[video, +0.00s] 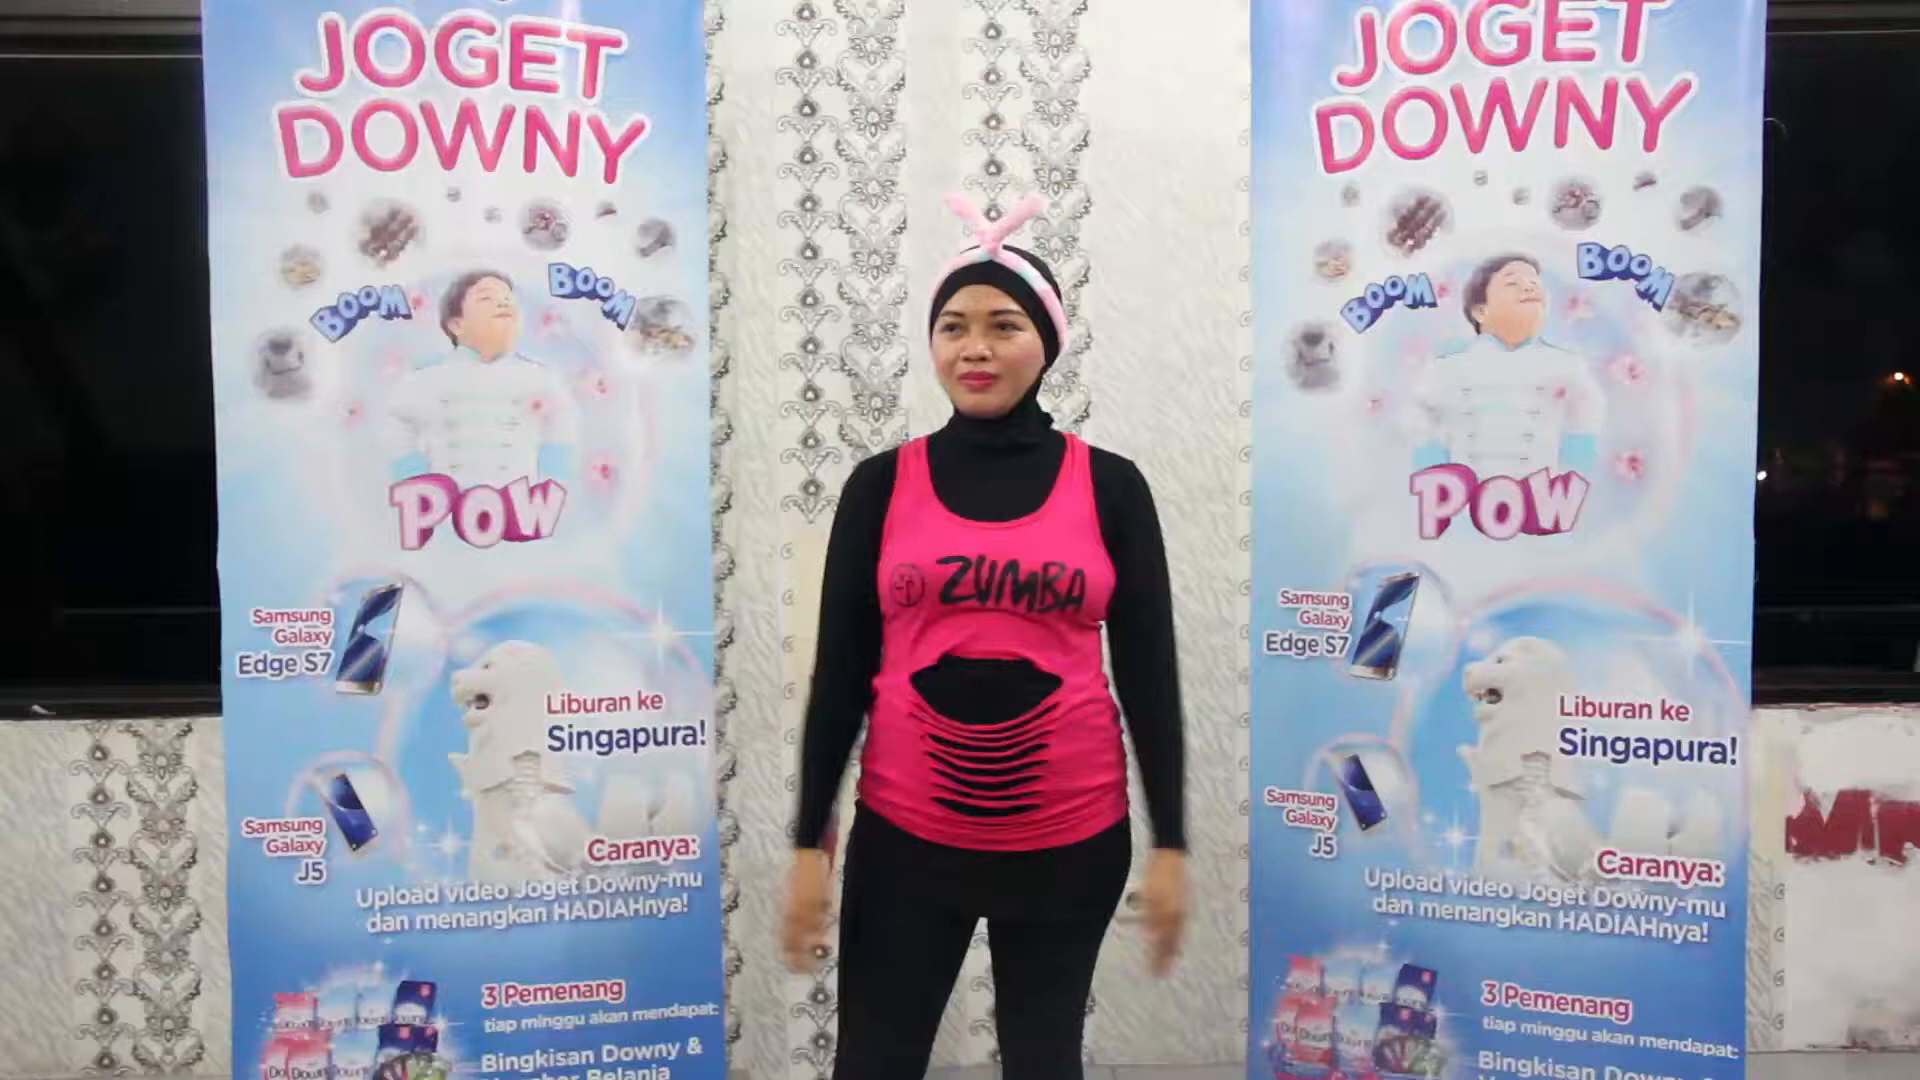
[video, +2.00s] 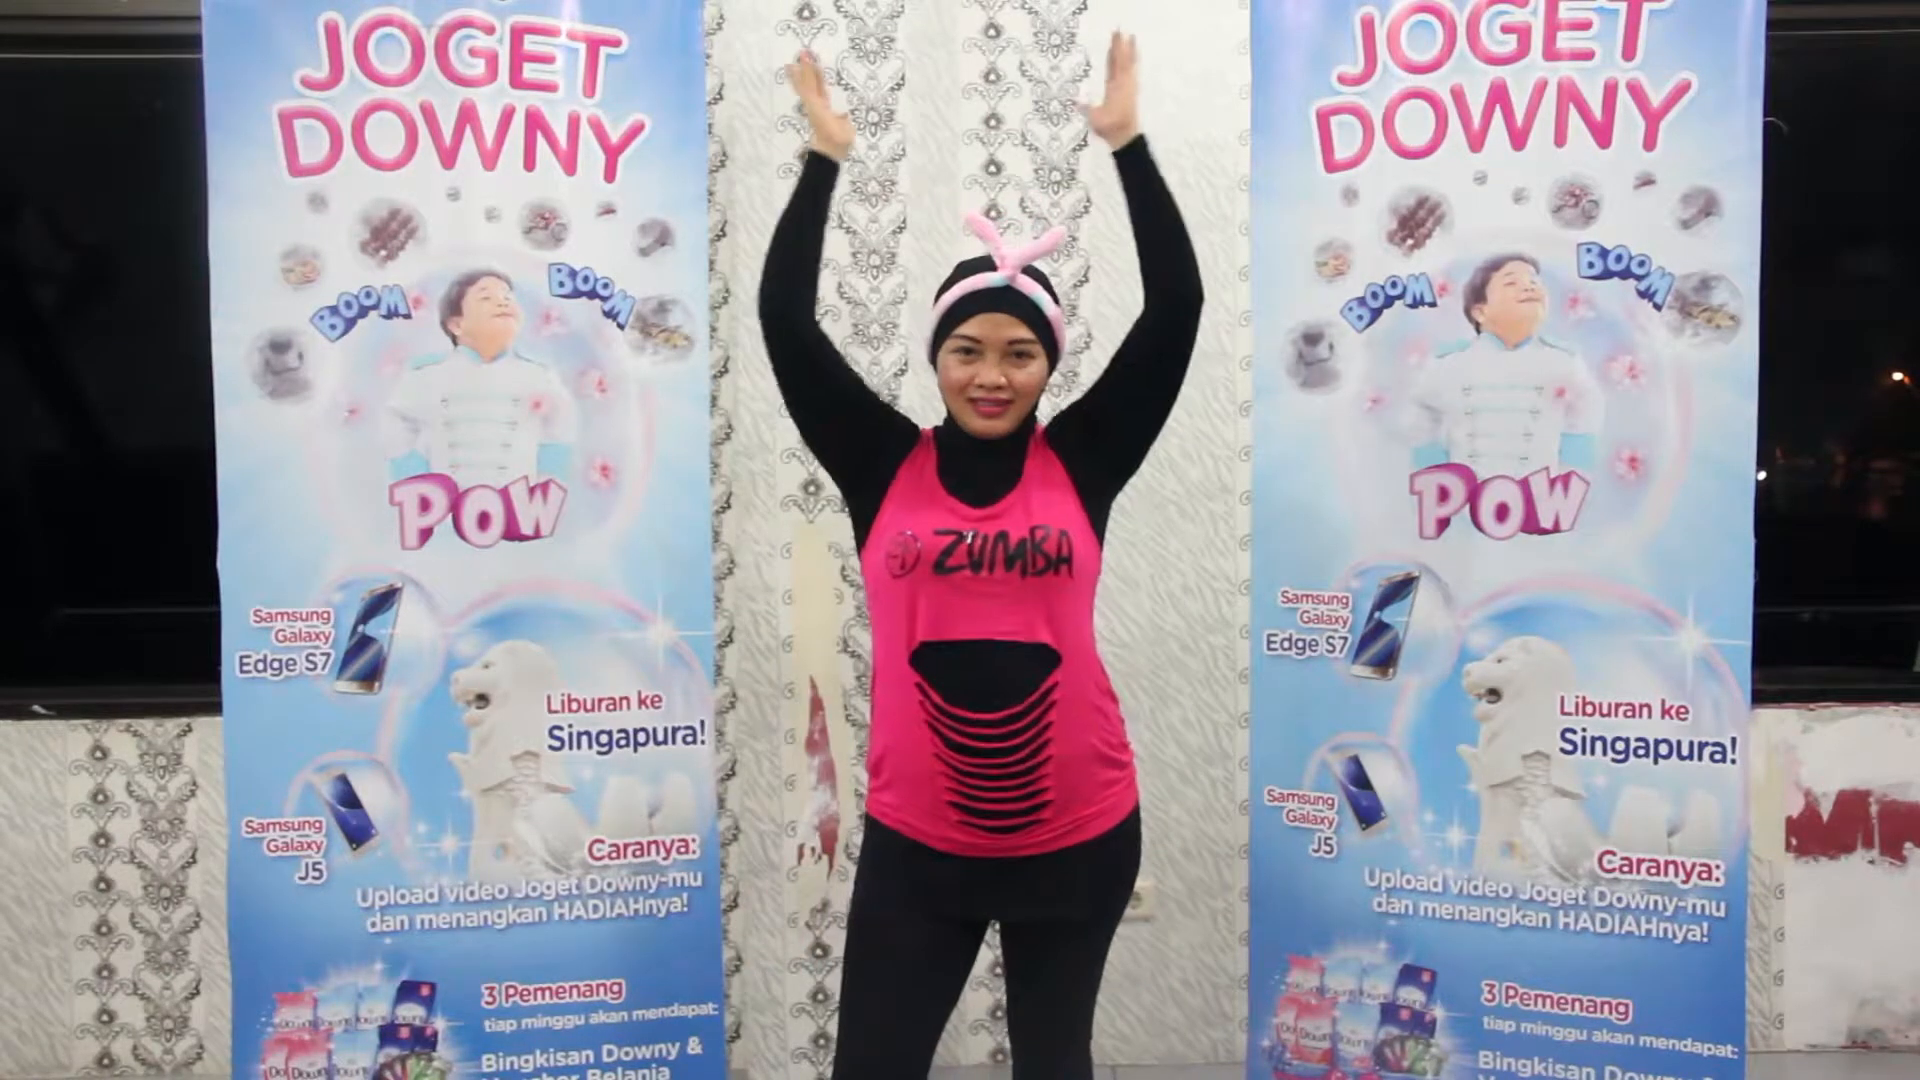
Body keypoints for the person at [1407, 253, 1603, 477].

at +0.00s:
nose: (1528, 287)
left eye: (1534, 282)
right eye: (1511, 282)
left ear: (1544, 302)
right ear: (1479, 311)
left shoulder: (1565, 366)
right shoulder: (1444, 369)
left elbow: (1583, 431)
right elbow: (1418, 424)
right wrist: (1434, 483)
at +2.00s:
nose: (1528, 286)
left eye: (1534, 281)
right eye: (1510, 281)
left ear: (1545, 298)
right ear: (1479, 311)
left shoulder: (1565, 364)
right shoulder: (1445, 367)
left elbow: (1581, 440)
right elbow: (1420, 430)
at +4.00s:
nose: (1528, 286)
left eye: (1534, 281)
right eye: (1510, 282)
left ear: (1545, 300)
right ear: (1478, 311)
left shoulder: (1564, 364)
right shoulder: (1445, 366)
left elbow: (1582, 431)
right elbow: (1416, 422)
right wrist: (1436, 481)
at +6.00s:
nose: (1529, 287)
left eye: (1535, 281)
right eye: (1511, 283)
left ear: (1545, 298)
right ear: (1480, 312)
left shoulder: (1565, 363)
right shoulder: (1447, 365)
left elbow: (1583, 432)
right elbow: (1415, 417)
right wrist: (1436, 478)